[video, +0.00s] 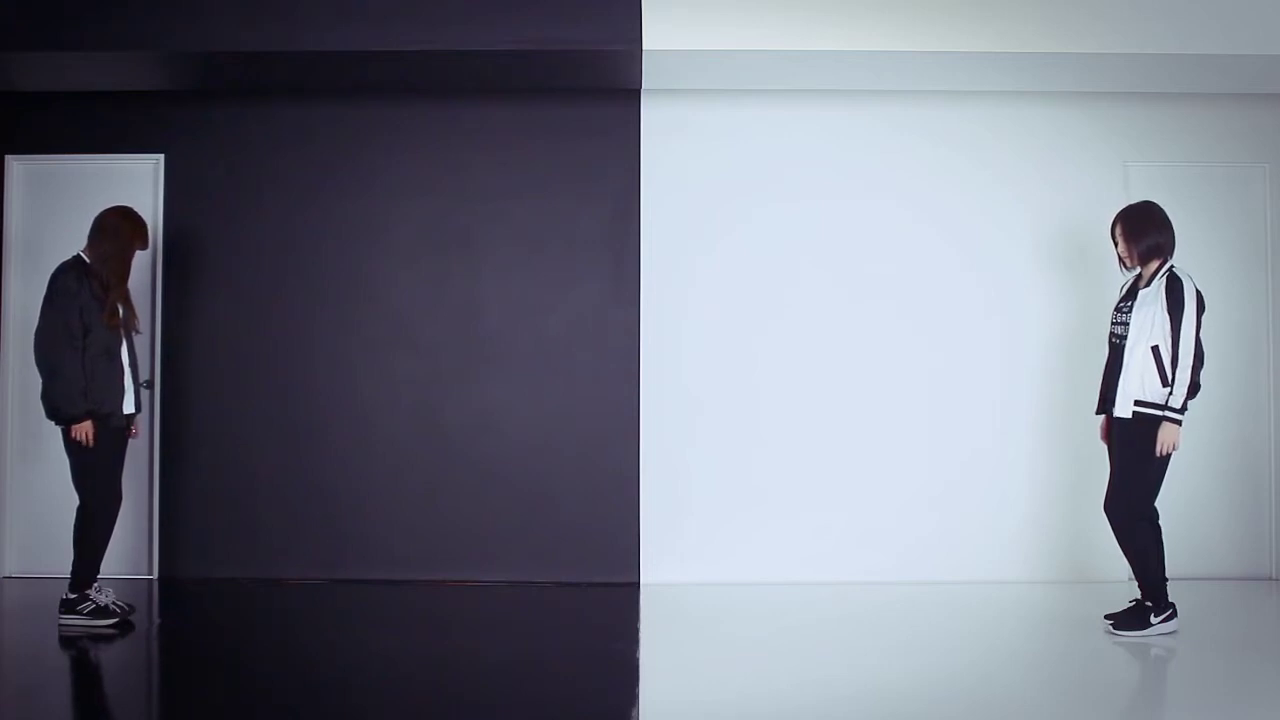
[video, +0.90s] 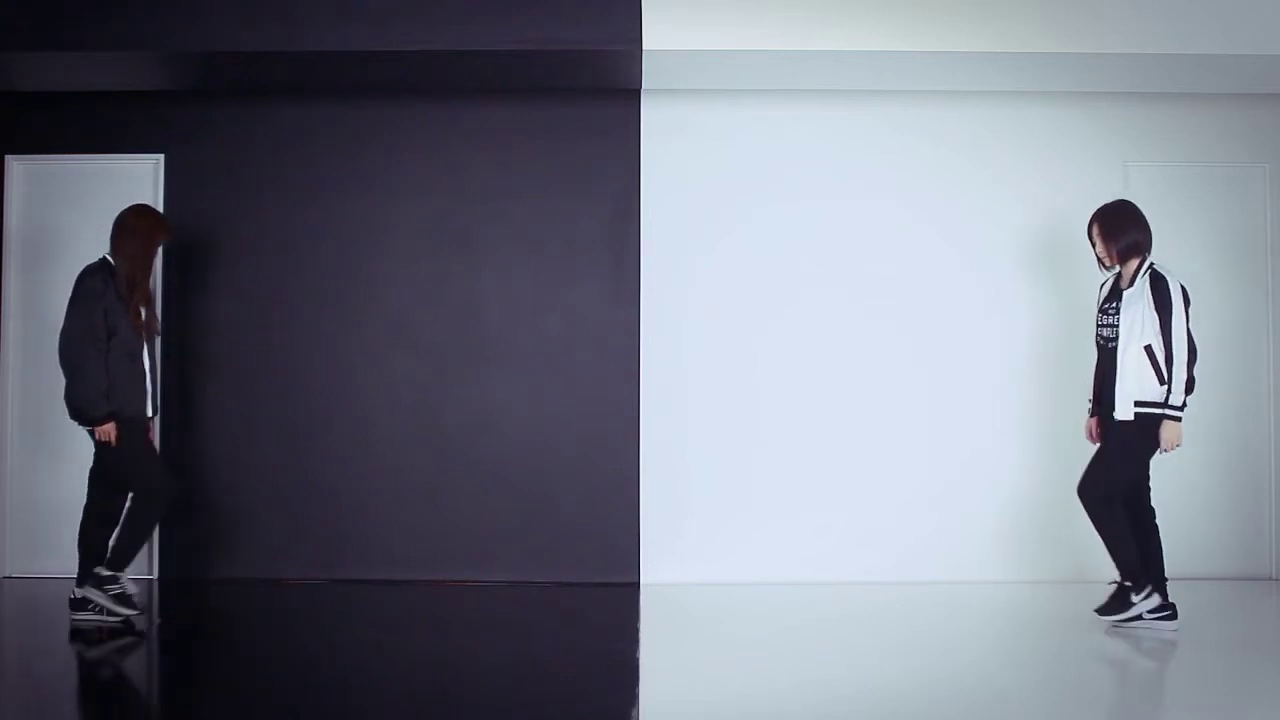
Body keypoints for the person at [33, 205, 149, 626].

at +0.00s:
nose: (132, 259)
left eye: (135, 251)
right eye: (130, 250)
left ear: (107, 240)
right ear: (114, 244)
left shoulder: (109, 283)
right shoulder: (70, 278)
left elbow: (119, 353)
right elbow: (55, 349)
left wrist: (130, 410)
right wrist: (75, 412)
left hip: (112, 416)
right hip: (87, 417)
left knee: (107, 501)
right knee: (97, 502)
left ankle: (86, 590)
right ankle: (77, 597)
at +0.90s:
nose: (156, 256)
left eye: (157, 247)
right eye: (153, 247)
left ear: (129, 240)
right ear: (136, 242)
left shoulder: (132, 285)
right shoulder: (96, 279)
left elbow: (135, 358)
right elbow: (80, 350)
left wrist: (145, 414)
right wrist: (98, 413)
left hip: (128, 414)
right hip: (111, 415)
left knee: (104, 503)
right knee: (156, 489)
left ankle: (87, 592)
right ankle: (107, 576)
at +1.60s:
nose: (253, 257)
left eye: (255, 249)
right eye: (249, 248)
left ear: (226, 247)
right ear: (229, 246)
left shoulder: (232, 288)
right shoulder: (199, 287)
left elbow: (238, 360)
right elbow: (194, 358)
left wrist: (251, 414)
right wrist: (209, 416)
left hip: (241, 420)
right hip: (220, 423)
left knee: (197, 501)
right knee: (239, 504)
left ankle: (131, 565)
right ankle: (253, 590)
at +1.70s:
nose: (273, 254)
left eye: (274, 245)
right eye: (269, 244)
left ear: (242, 240)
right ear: (252, 242)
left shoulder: (248, 284)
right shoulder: (223, 285)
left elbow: (258, 357)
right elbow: (220, 355)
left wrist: (273, 412)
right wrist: (235, 413)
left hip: (260, 416)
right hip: (241, 418)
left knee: (245, 501)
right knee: (248, 503)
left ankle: (181, 553)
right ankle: (253, 592)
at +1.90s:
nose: (308, 253)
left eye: (309, 245)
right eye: (305, 244)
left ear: (278, 239)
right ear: (287, 240)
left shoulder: (281, 281)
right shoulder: (256, 280)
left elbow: (289, 353)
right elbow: (252, 350)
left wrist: (305, 406)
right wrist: (271, 408)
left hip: (296, 413)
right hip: (267, 414)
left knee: (331, 474)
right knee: (260, 496)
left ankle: (296, 552)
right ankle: (254, 590)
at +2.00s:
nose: (325, 253)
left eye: (325, 244)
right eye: (321, 244)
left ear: (291, 237)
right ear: (305, 242)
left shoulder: (295, 281)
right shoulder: (270, 279)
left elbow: (302, 350)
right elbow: (266, 349)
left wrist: (322, 405)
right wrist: (284, 409)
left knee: (349, 479)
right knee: (270, 497)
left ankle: (345, 567)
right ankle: (256, 589)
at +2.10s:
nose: (340, 258)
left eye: (341, 250)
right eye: (337, 249)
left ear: (310, 243)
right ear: (320, 246)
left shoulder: (310, 286)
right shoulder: (287, 283)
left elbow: (315, 356)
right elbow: (284, 352)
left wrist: (332, 411)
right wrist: (297, 414)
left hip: (328, 417)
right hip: (295, 418)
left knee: (359, 491)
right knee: (276, 501)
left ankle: (395, 574)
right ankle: (255, 588)